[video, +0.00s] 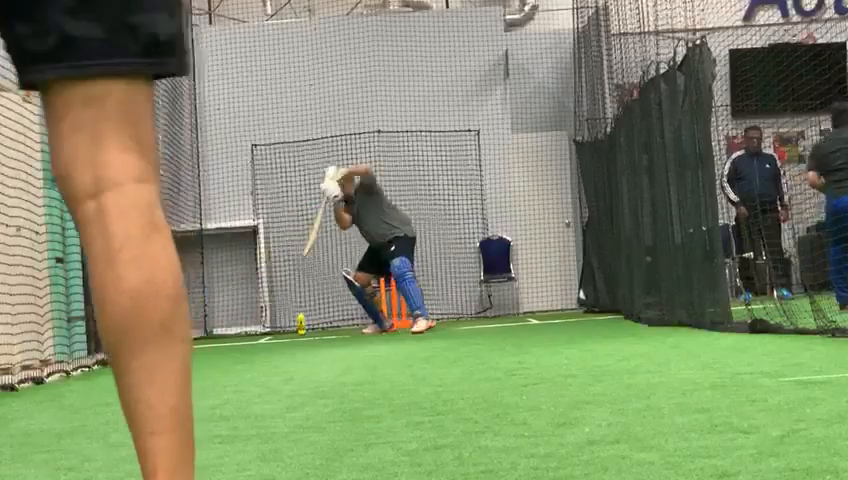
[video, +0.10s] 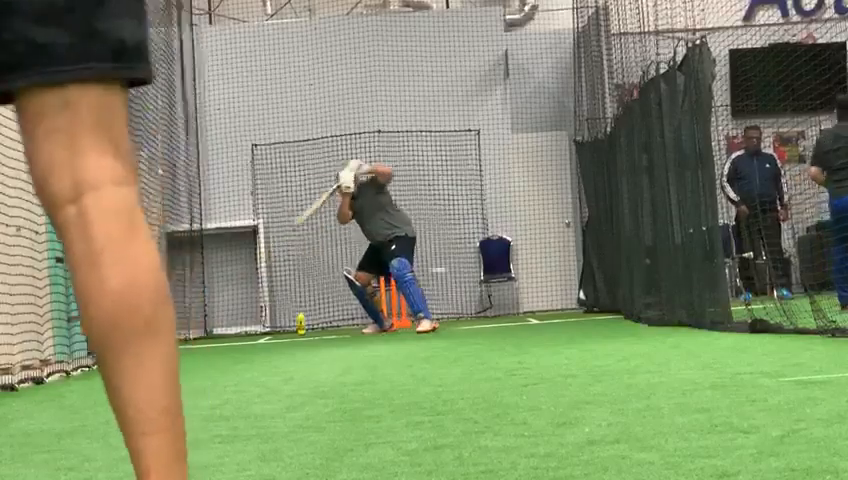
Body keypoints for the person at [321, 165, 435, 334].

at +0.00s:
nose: (342, 187)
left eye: (344, 182)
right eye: (339, 184)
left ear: (352, 181)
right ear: (338, 188)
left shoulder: (367, 191)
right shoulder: (349, 206)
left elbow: (366, 170)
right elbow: (344, 224)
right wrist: (336, 200)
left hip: (400, 235)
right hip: (379, 244)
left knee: (400, 268)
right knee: (358, 281)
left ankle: (421, 317)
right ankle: (381, 323)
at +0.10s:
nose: (349, 181)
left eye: (350, 177)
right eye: (345, 180)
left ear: (357, 177)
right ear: (343, 184)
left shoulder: (372, 186)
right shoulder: (350, 202)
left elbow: (387, 172)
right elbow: (343, 219)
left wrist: (365, 169)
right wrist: (346, 195)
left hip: (400, 234)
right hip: (379, 242)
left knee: (399, 269)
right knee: (360, 280)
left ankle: (425, 318)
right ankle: (381, 323)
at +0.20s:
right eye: (356, 179)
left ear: (366, 174)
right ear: (353, 181)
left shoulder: (379, 184)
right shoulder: (356, 198)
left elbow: (401, 182)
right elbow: (343, 212)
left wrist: (380, 174)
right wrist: (348, 187)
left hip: (403, 234)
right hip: (382, 242)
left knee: (400, 270)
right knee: (361, 281)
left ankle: (425, 319)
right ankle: (381, 323)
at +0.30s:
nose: (363, 182)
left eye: (365, 177)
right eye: (359, 180)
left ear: (372, 175)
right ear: (357, 182)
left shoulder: (386, 185)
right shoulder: (361, 197)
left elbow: (405, 191)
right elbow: (347, 209)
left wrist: (384, 181)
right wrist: (352, 185)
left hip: (407, 236)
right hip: (385, 242)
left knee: (402, 269)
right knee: (363, 281)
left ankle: (426, 319)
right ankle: (381, 323)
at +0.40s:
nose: (366, 181)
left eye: (367, 177)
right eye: (363, 178)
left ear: (375, 173)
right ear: (364, 181)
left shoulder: (394, 182)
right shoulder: (370, 196)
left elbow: (409, 199)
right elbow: (356, 210)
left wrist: (384, 189)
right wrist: (359, 186)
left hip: (412, 235)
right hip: (391, 241)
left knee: (404, 270)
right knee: (369, 279)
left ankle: (427, 320)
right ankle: (382, 323)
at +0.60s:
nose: (387, 165)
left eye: (390, 161)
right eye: (385, 162)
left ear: (400, 158)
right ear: (382, 163)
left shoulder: (415, 176)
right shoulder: (385, 184)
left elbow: (419, 202)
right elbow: (379, 205)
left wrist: (397, 212)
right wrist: (373, 211)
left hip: (424, 229)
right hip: (403, 233)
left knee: (412, 265)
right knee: (385, 267)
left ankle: (428, 321)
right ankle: (384, 318)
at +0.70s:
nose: (401, 159)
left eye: (404, 155)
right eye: (397, 157)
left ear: (412, 151)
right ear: (393, 157)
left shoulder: (425, 171)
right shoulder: (393, 177)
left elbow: (431, 199)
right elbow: (389, 201)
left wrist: (416, 217)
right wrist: (387, 221)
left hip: (428, 226)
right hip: (406, 227)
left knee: (419, 263)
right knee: (388, 265)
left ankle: (428, 320)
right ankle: (403, 316)